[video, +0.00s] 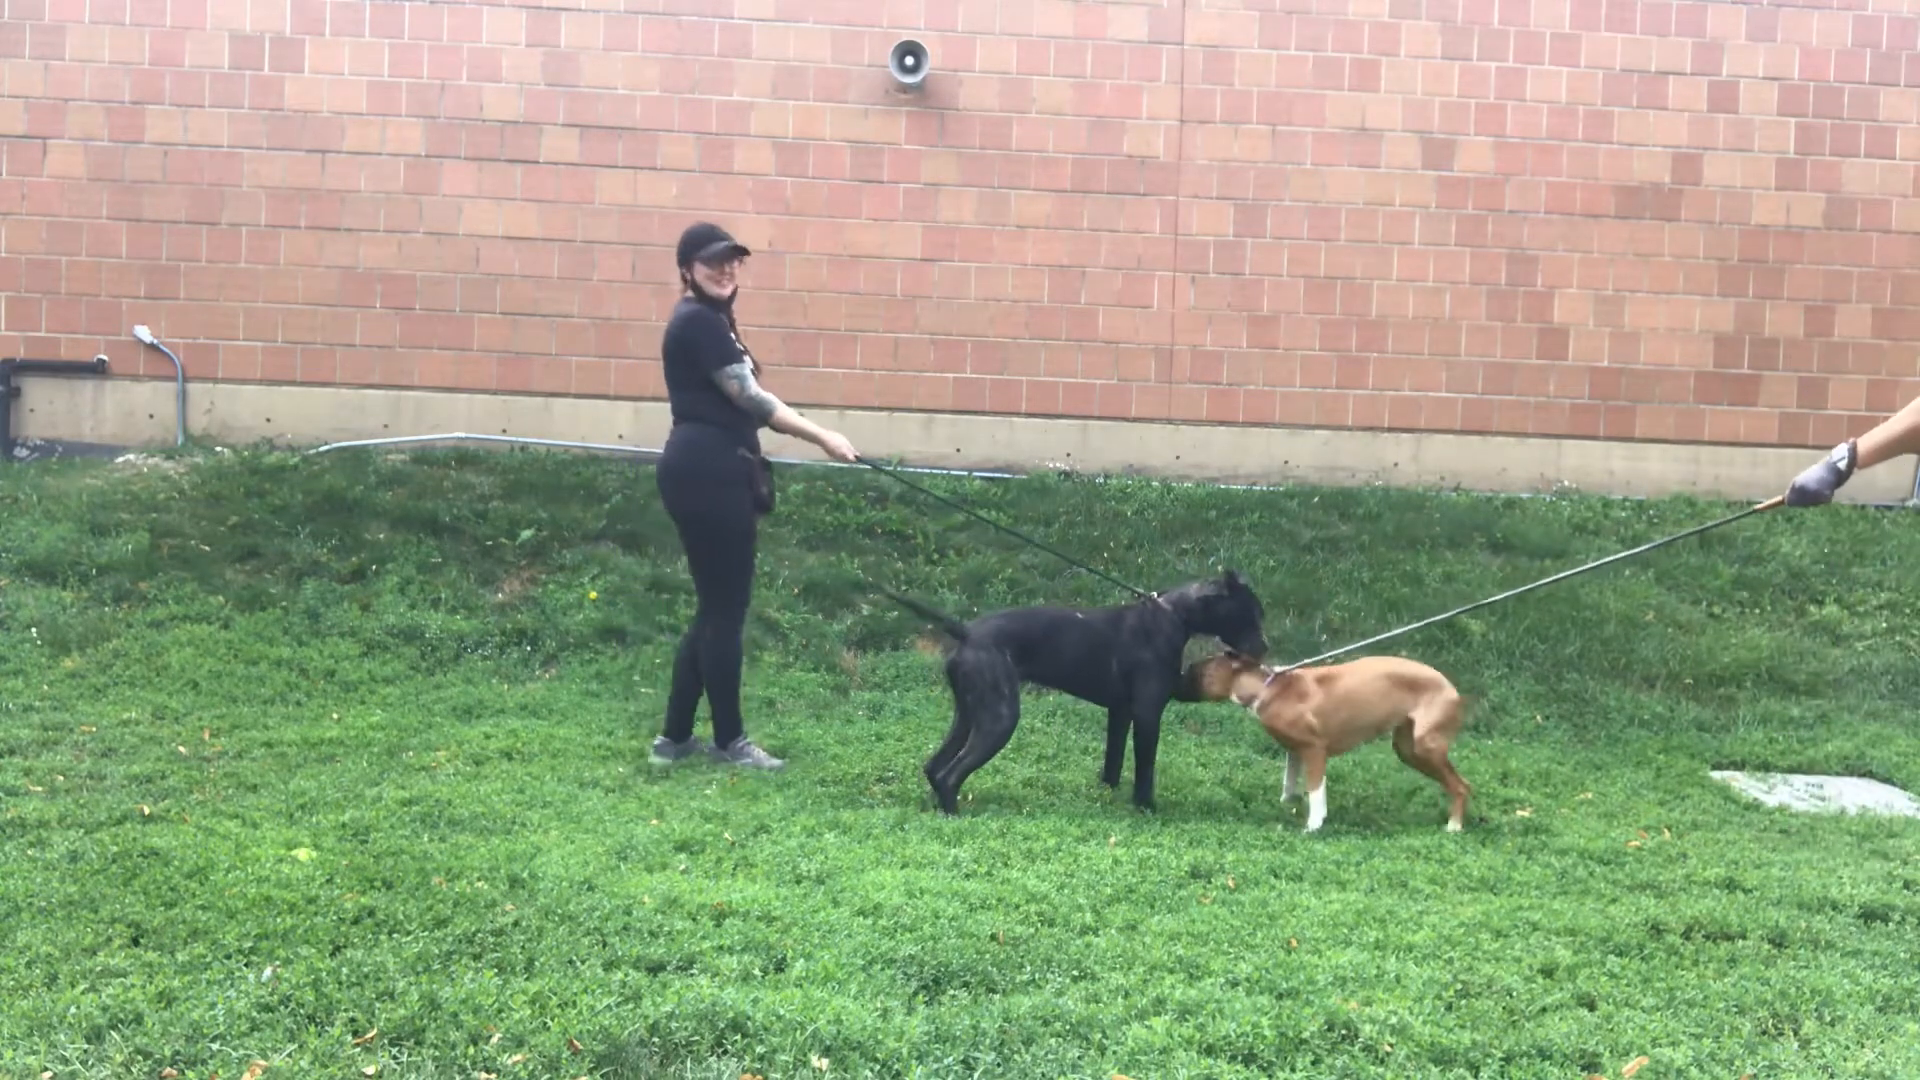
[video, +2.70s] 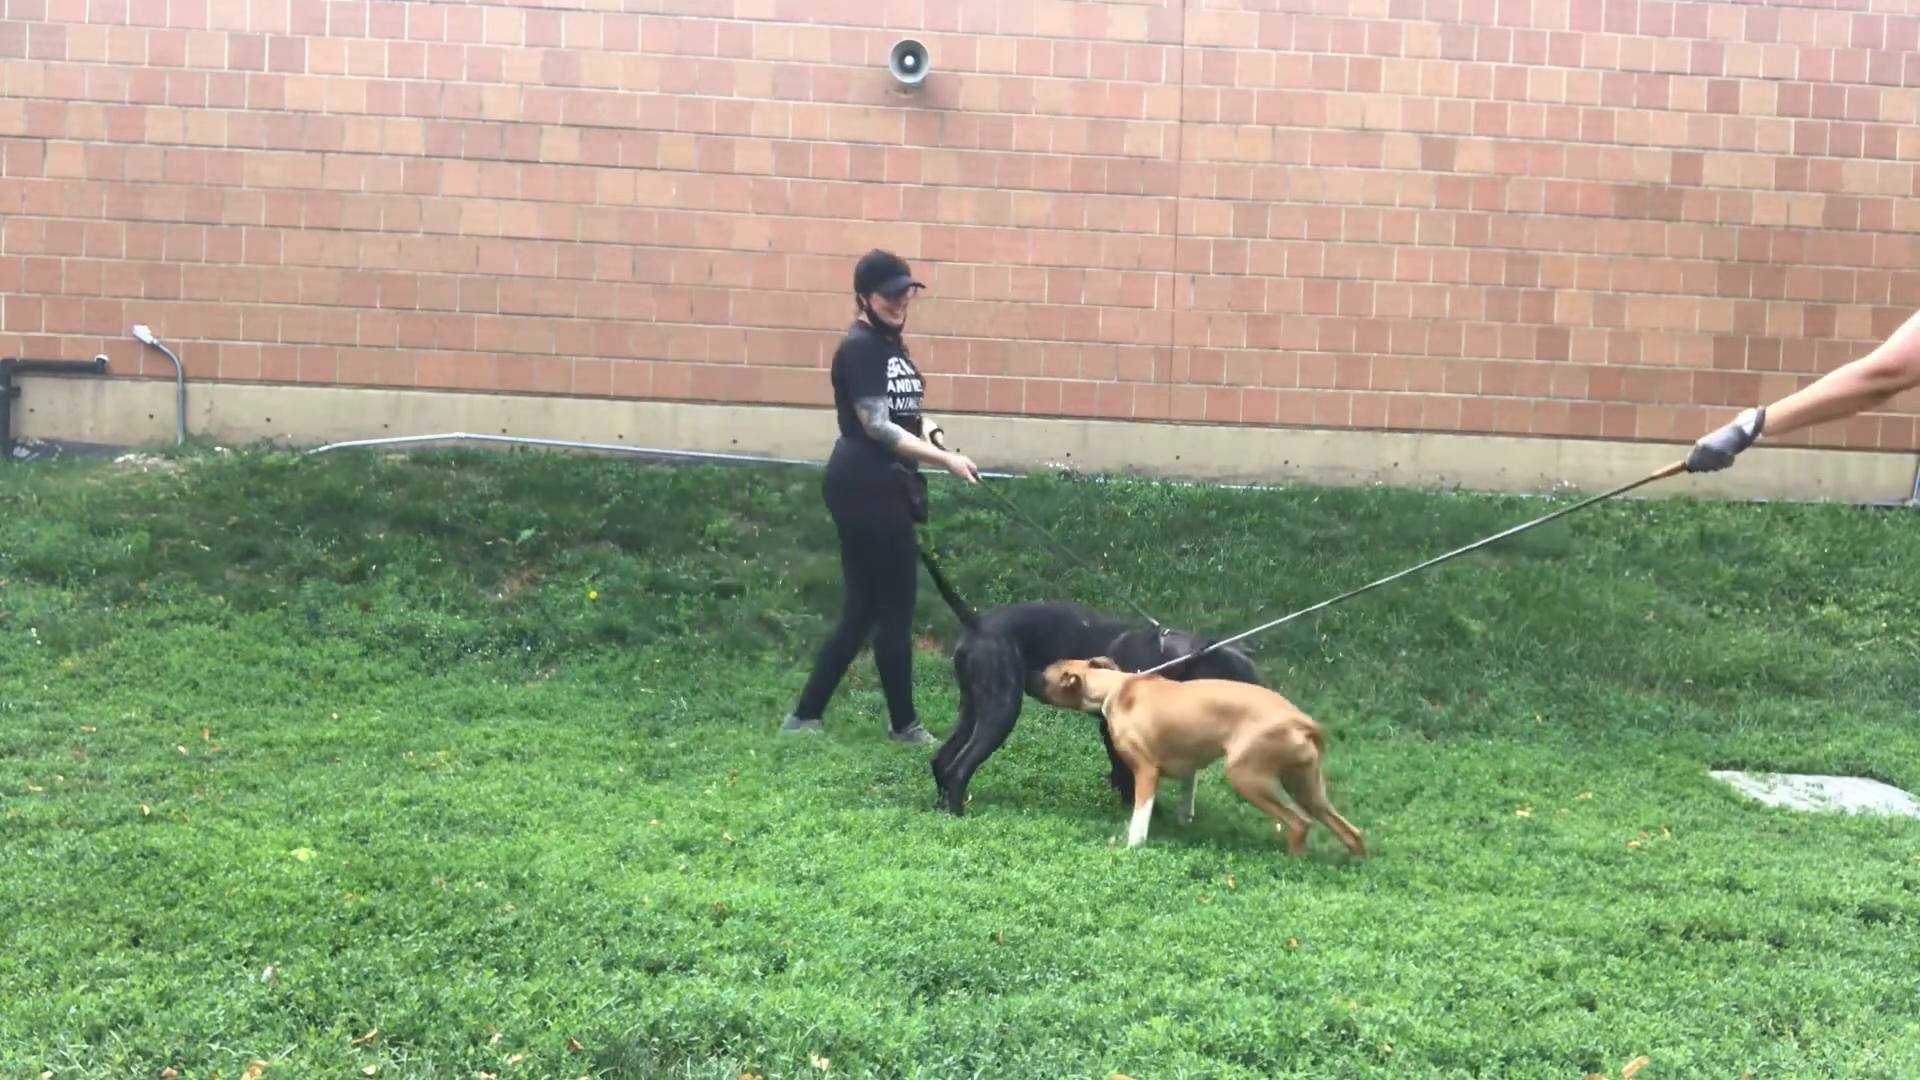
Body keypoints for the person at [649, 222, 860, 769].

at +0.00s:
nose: (727, 270)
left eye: (732, 261)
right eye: (714, 263)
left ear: (737, 267)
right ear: (689, 270)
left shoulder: (705, 317)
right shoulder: (700, 322)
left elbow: (733, 400)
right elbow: (752, 400)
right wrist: (823, 436)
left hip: (699, 463)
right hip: (710, 467)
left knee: (715, 605)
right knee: (726, 607)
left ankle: (675, 738)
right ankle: (729, 741)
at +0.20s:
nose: (753, 279)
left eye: (757, 270)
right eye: (744, 269)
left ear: (743, 274)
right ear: (711, 271)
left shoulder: (718, 319)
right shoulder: (709, 322)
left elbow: (749, 403)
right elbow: (759, 404)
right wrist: (827, 439)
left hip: (732, 472)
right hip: (716, 474)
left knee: (785, 591)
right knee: (722, 608)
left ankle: (710, 701)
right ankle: (726, 742)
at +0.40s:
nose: (771, 284)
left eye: (775, 276)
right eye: (762, 274)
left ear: (759, 277)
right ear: (729, 274)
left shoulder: (740, 323)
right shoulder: (722, 324)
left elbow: (761, 404)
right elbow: (766, 401)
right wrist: (839, 438)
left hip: (760, 470)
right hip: (728, 472)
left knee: (783, 597)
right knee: (731, 607)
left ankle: (795, 719)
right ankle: (727, 740)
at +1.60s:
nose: (819, 290)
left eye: (824, 282)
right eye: (810, 281)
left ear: (827, 285)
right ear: (782, 282)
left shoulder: (821, 347)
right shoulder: (763, 337)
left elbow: (821, 419)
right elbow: (802, 407)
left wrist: (830, 480)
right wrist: (870, 440)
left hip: (810, 484)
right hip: (758, 479)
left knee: (797, 609)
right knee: (744, 604)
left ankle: (798, 725)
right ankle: (716, 729)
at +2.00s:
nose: (833, 296)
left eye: (838, 287)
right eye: (823, 286)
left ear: (843, 291)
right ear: (796, 287)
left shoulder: (839, 349)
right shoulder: (777, 341)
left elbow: (844, 414)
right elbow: (806, 412)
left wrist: (869, 439)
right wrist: (873, 446)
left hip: (828, 483)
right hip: (779, 479)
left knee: (811, 598)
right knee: (804, 592)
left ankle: (798, 724)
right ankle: (743, 715)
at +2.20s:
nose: (844, 296)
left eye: (849, 287)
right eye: (834, 287)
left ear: (854, 288)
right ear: (808, 287)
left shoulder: (849, 347)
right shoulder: (792, 338)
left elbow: (851, 411)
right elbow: (816, 408)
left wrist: (878, 427)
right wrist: (883, 443)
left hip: (830, 479)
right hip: (792, 474)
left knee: (813, 597)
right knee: (853, 578)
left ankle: (799, 718)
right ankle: (824, 708)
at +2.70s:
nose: (900, 302)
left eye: (905, 294)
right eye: (890, 295)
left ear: (909, 295)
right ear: (865, 298)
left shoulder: (892, 346)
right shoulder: (859, 348)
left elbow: (909, 414)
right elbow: (875, 424)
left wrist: (935, 440)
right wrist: (946, 458)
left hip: (880, 480)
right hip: (867, 483)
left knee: (863, 609)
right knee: (897, 603)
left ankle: (805, 716)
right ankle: (904, 725)